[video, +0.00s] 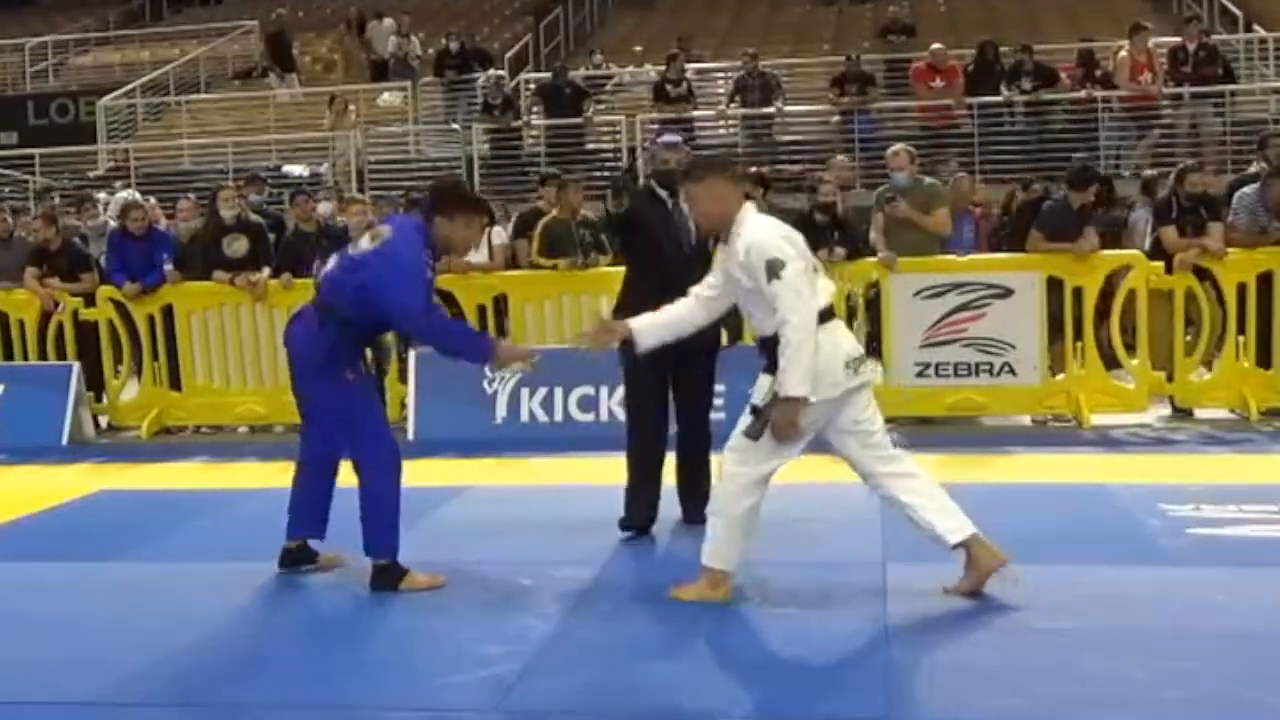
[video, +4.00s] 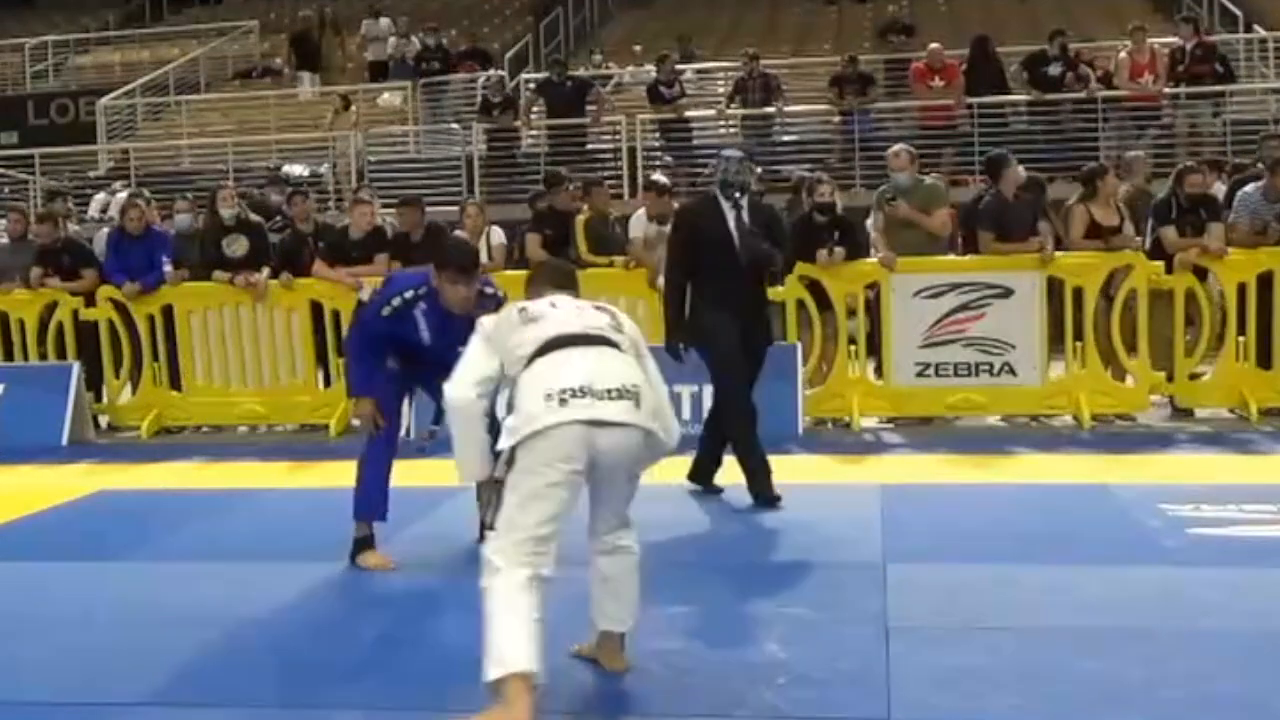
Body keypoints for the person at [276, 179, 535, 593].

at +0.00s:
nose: (475, 241)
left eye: (478, 231)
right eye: (473, 229)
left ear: (444, 219)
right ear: (447, 219)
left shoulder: (403, 231)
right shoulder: (405, 254)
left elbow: (417, 310)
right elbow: (417, 319)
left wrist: (478, 346)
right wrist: (490, 350)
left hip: (310, 332)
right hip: (330, 345)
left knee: (321, 441)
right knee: (380, 454)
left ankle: (297, 547)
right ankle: (385, 566)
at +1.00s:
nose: (351, 180)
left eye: (352, 171)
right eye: (345, 170)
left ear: (326, 173)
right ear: (317, 170)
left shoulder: (322, 227)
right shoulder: (272, 214)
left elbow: (309, 295)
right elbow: (234, 275)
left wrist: (317, 347)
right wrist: (269, 332)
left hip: (305, 345)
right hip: (270, 347)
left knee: (307, 441)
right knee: (310, 440)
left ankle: (276, 541)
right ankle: (322, 551)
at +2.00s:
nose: (187, 181)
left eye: (188, 173)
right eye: (178, 173)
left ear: (181, 177)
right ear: (149, 176)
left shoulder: (189, 226)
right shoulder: (121, 227)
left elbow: (211, 271)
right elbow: (98, 293)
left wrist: (227, 300)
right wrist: (126, 340)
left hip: (181, 335)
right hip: (142, 338)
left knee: (162, 429)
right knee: (153, 428)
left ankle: (132, 518)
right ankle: (126, 534)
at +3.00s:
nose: (350, 268)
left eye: (353, 260)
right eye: (344, 259)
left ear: (352, 259)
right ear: (319, 255)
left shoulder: (326, 277)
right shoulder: (271, 279)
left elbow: (310, 308)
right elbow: (240, 344)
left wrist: (313, 339)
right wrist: (279, 389)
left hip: (260, 344)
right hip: (221, 348)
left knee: (291, 419)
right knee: (244, 439)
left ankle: (299, 512)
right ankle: (247, 545)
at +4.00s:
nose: (466, 295)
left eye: (471, 284)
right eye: (457, 285)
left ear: (479, 279)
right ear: (437, 279)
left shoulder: (490, 299)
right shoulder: (402, 290)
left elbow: (501, 352)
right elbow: (360, 336)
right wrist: (362, 395)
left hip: (449, 365)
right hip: (396, 362)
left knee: (486, 426)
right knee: (383, 432)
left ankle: (492, 520)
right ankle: (364, 536)